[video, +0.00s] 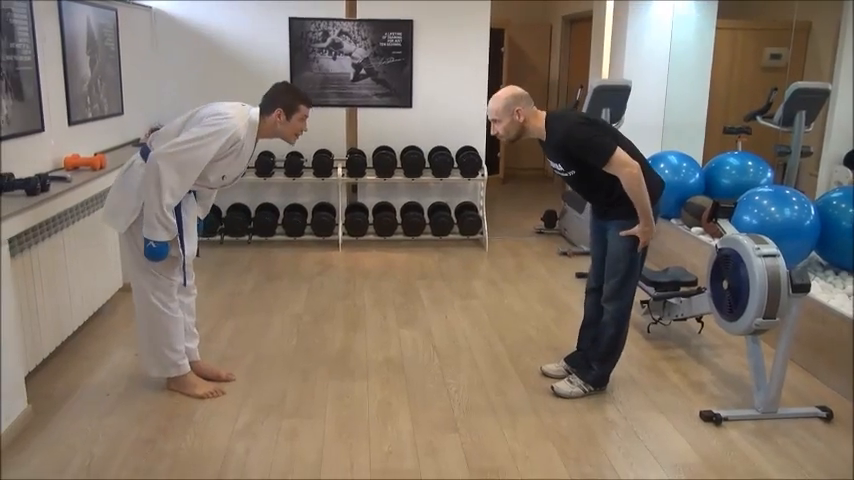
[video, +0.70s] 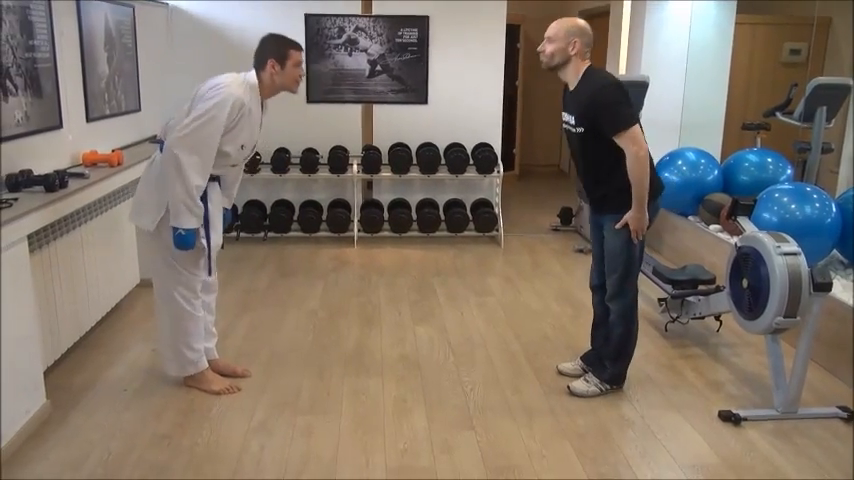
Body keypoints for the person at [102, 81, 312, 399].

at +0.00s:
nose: (305, 128)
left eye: (306, 121)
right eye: (302, 120)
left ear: (278, 116)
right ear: (279, 116)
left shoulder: (249, 135)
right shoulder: (229, 124)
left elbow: (208, 183)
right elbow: (163, 162)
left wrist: (193, 221)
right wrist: (158, 231)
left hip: (176, 200)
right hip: (148, 200)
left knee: (184, 281)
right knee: (163, 285)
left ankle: (190, 360)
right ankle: (176, 373)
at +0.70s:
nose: (302, 74)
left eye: (302, 67)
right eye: (298, 66)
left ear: (273, 68)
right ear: (272, 66)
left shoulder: (254, 101)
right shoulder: (229, 94)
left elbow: (232, 159)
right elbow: (183, 151)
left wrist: (224, 203)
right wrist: (185, 219)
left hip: (201, 195)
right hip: (174, 197)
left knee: (204, 278)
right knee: (183, 283)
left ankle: (207, 356)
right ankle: (190, 368)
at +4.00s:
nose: (316, 63)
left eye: (316, 56)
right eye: (310, 56)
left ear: (296, 58)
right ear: (284, 55)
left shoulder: (311, 99)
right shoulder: (244, 92)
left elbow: (326, 154)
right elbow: (227, 160)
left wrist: (354, 186)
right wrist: (267, 193)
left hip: (286, 200)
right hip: (241, 199)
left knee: (301, 287)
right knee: (221, 288)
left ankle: (310, 372)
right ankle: (205, 375)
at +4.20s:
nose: (303, 62)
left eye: (303, 55)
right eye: (296, 54)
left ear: (286, 57)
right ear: (271, 54)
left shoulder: (304, 101)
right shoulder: (233, 94)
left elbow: (313, 156)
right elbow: (226, 160)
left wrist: (324, 178)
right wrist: (280, 180)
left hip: (286, 206)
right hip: (237, 205)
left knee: (302, 293)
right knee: (209, 290)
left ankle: (312, 375)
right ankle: (181, 375)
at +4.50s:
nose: (270, 67)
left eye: (270, 60)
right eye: (263, 59)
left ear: (252, 63)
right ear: (237, 59)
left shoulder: (270, 108)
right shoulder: (202, 99)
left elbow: (285, 168)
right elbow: (194, 161)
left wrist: (309, 202)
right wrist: (257, 165)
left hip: (262, 211)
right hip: (215, 211)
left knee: (293, 295)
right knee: (200, 300)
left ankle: (311, 378)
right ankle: (184, 381)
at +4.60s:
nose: (266, 66)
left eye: (266, 59)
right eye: (259, 59)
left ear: (247, 62)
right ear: (233, 60)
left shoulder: (266, 106)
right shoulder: (200, 99)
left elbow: (277, 164)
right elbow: (198, 162)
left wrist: (301, 189)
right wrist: (256, 148)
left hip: (265, 209)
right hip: (217, 212)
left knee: (301, 293)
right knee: (201, 300)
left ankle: (319, 375)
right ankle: (184, 382)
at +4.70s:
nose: (267, 69)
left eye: (268, 62)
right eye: (261, 61)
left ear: (261, 66)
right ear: (234, 62)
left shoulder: (268, 105)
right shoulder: (202, 101)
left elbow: (286, 163)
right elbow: (203, 162)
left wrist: (316, 161)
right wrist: (257, 130)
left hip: (269, 212)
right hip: (221, 214)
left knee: (305, 296)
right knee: (200, 304)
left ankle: (331, 377)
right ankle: (184, 384)